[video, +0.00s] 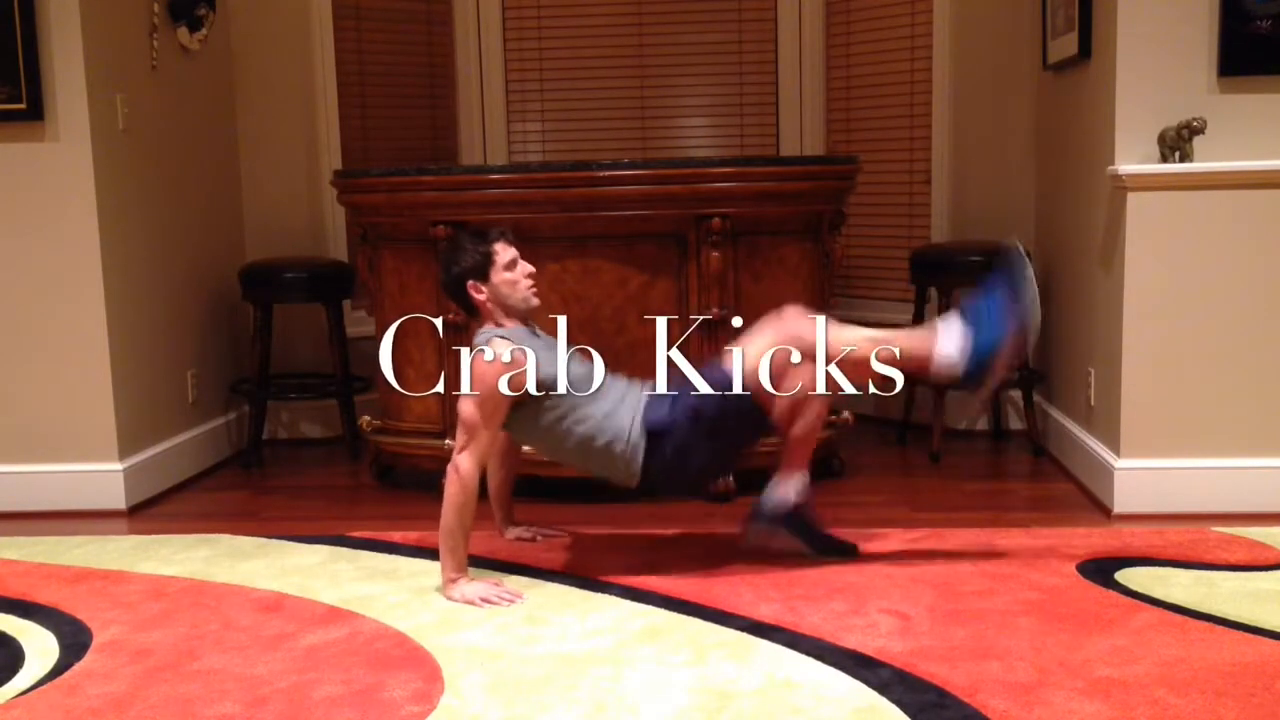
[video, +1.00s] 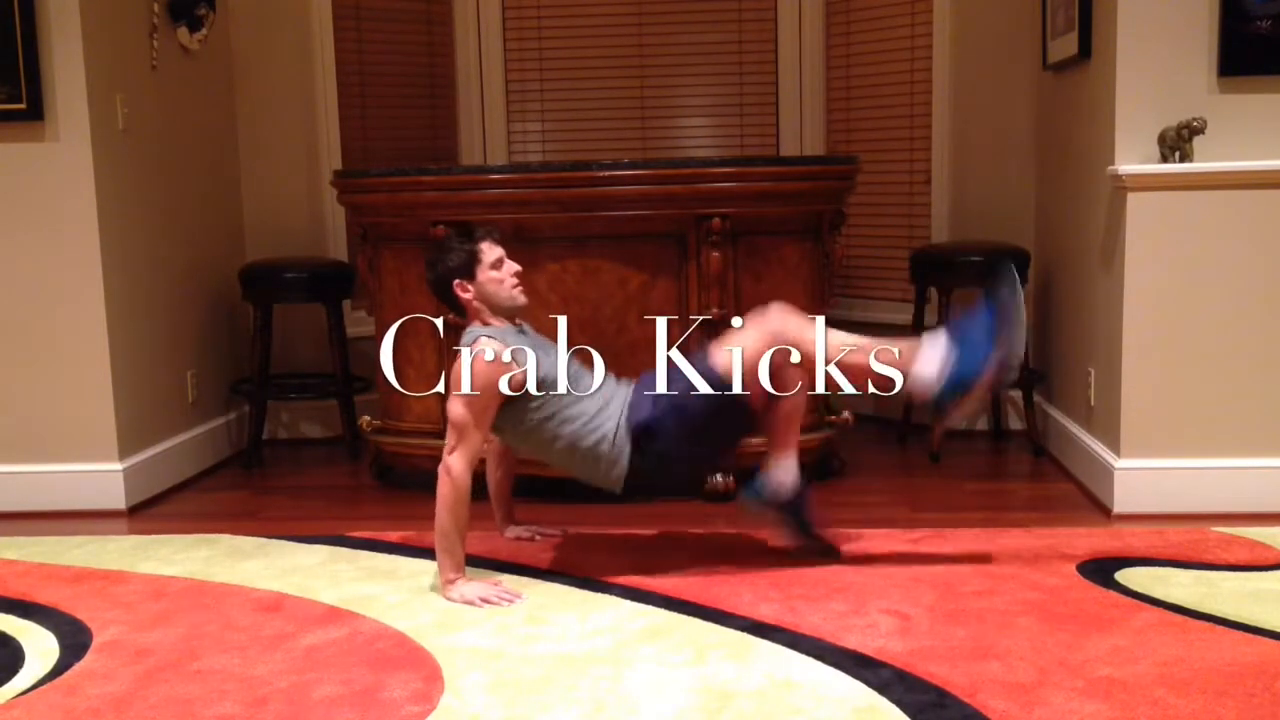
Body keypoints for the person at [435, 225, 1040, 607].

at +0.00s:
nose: (528, 272)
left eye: (523, 262)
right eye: (512, 268)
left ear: (509, 281)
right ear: (480, 294)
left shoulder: (522, 342)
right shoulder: (496, 360)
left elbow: (503, 441)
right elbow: (462, 466)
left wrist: (503, 523)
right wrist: (453, 577)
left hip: (668, 420)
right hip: (661, 446)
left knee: (803, 341)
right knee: (795, 333)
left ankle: (783, 503)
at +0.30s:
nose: (532, 273)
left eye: (525, 262)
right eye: (515, 268)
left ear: (507, 284)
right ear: (483, 295)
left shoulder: (525, 345)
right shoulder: (499, 361)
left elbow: (501, 443)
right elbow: (464, 467)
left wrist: (502, 523)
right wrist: (452, 577)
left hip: (669, 431)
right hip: (661, 449)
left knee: (811, 353)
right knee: (775, 316)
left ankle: (785, 500)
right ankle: (921, 366)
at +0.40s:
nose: (523, 268)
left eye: (517, 258)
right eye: (507, 263)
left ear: (486, 283)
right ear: (474, 287)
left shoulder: (508, 335)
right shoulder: (490, 356)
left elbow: (497, 440)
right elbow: (465, 462)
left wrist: (502, 523)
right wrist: (452, 576)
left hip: (663, 410)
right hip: (667, 440)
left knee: (781, 301)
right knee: (792, 309)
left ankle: (865, 434)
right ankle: (843, 465)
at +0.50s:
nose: (526, 272)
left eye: (521, 262)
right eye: (511, 266)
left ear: (498, 282)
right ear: (478, 290)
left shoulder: (515, 340)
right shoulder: (492, 358)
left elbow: (498, 442)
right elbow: (463, 466)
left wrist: (501, 524)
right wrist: (452, 577)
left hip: (656, 407)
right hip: (651, 445)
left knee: (775, 313)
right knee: (806, 366)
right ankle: (789, 513)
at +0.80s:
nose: (523, 273)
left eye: (517, 264)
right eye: (507, 268)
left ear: (494, 286)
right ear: (475, 293)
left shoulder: (511, 342)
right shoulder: (490, 360)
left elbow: (494, 442)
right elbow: (458, 465)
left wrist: (500, 526)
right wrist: (451, 577)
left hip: (653, 412)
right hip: (648, 447)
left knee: (758, 303)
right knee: (811, 374)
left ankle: (896, 364)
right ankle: (785, 523)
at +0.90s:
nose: (511, 269)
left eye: (507, 260)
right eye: (496, 265)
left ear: (486, 281)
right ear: (464, 289)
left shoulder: (503, 334)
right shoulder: (482, 355)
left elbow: (496, 439)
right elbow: (456, 462)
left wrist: (500, 521)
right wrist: (450, 576)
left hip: (648, 394)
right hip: (654, 431)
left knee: (772, 285)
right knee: (791, 313)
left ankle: (817, 448)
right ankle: (871, 454)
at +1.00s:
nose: (515, 271)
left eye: (510, 261)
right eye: (499, 267)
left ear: (492, 282)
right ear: (468, 292)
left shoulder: (511, 340)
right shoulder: (483, 357)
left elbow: (494, 442)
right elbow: (453, 466)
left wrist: (503, 523)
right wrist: (450, 574)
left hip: (646, 413)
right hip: (640, 444)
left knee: (782, 331)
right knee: (779, 324)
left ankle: (779, 481)